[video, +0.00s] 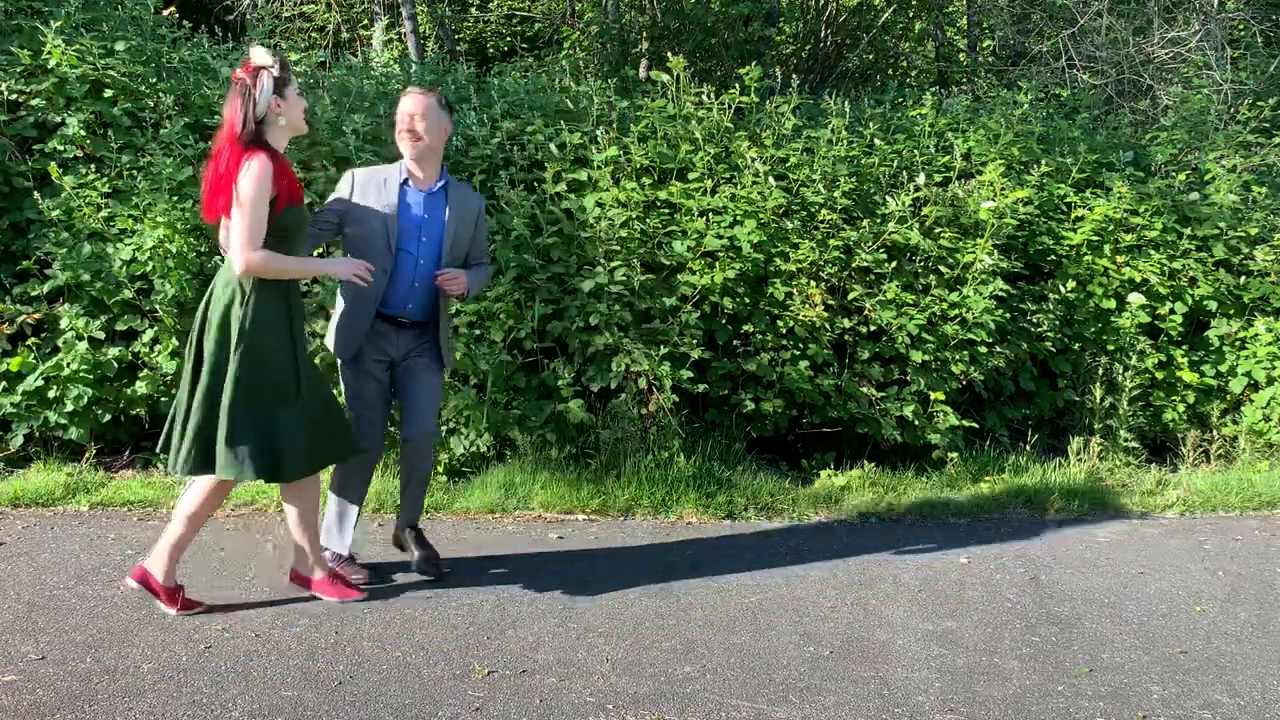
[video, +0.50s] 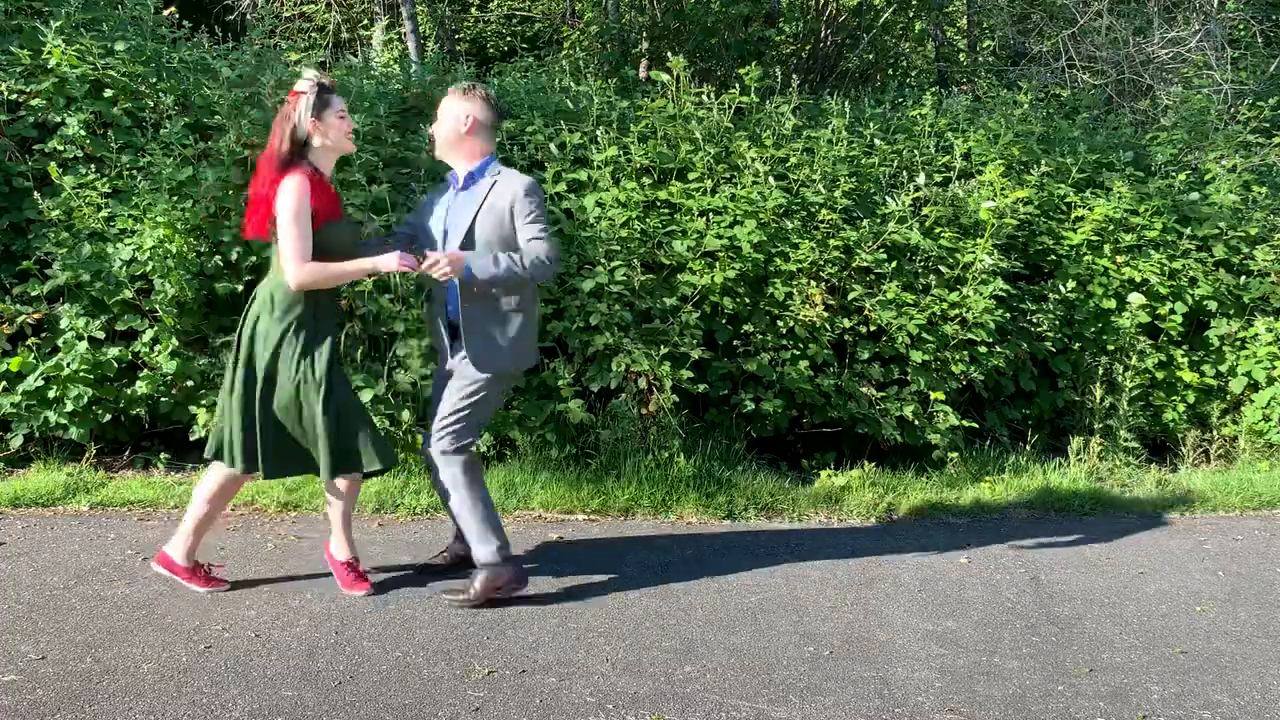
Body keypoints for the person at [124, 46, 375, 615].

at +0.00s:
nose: (304, 102)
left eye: (300, 93)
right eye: (297, 95)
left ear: (271, 107)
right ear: (276, 108)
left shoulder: (254, 160)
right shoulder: (259, 163)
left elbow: (230, 246)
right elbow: (248, 258)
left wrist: (305, 241)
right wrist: (329, 266)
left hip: (244, 315)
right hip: (257, 319)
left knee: (231, 451)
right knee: (302, 439)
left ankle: (160, 564)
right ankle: (312, 563)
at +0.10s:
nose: (311, 107)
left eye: (306, 98)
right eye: (303, 100)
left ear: (276, 114)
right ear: (281, 114)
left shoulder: (255, 167)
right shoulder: (268, 169)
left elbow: (240, 254)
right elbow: (265, 263)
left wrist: (315, 259)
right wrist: (339, 263)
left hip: (259, 313)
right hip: (272, 318)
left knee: (258, 458)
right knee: (291, 450)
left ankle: (175, 559)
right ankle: (310, 571)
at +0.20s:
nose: (317, 105)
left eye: (311, 96)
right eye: (308, 98)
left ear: (281, 116)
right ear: (287, 114)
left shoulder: (268, 165)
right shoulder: (277, 168)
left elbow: (257, 251)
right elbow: (280, 261)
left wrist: (340, 254)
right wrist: (351, 259)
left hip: (272, 311)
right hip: (276, 314)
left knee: (285, 444)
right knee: (290, 445)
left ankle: (196, 541)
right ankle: (306, 574)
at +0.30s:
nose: (327, 104)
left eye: (323, 96)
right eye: (318, 98)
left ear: (290, 113)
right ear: (293, 112)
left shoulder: (275, 161)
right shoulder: (285, 165)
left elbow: (293, 246)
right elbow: (288, 258)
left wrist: (357, 247)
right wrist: (361, 254)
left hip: (263, 305)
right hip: (276, 310)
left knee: (268, 443)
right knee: (313, 443)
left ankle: (197, 542)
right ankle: (313, 565)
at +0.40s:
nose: (337, 112)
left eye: (334, 103)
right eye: (328, 105)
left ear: (302, 116)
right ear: (301, 117)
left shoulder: (294, 167)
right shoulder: (288, 171)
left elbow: (311, 246)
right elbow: (293, 264)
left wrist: (373, 248)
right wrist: (368, 257)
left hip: (268, 313)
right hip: (275, 317)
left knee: (252, 443)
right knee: (342, 428)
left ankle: (183, 549)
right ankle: (333, 549)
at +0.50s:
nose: (351, 123)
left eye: (348, 115)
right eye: (341, 116)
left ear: (319, 129)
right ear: (314, 129)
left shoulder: (315, 180)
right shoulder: (298, 183)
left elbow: (326, 252)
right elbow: (298, 274)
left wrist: (384, 251)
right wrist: (375, 263)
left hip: (282, 325)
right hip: (291, 330)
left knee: (243, 444)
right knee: (349, 439)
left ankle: (179, 551)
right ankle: (341, 548)